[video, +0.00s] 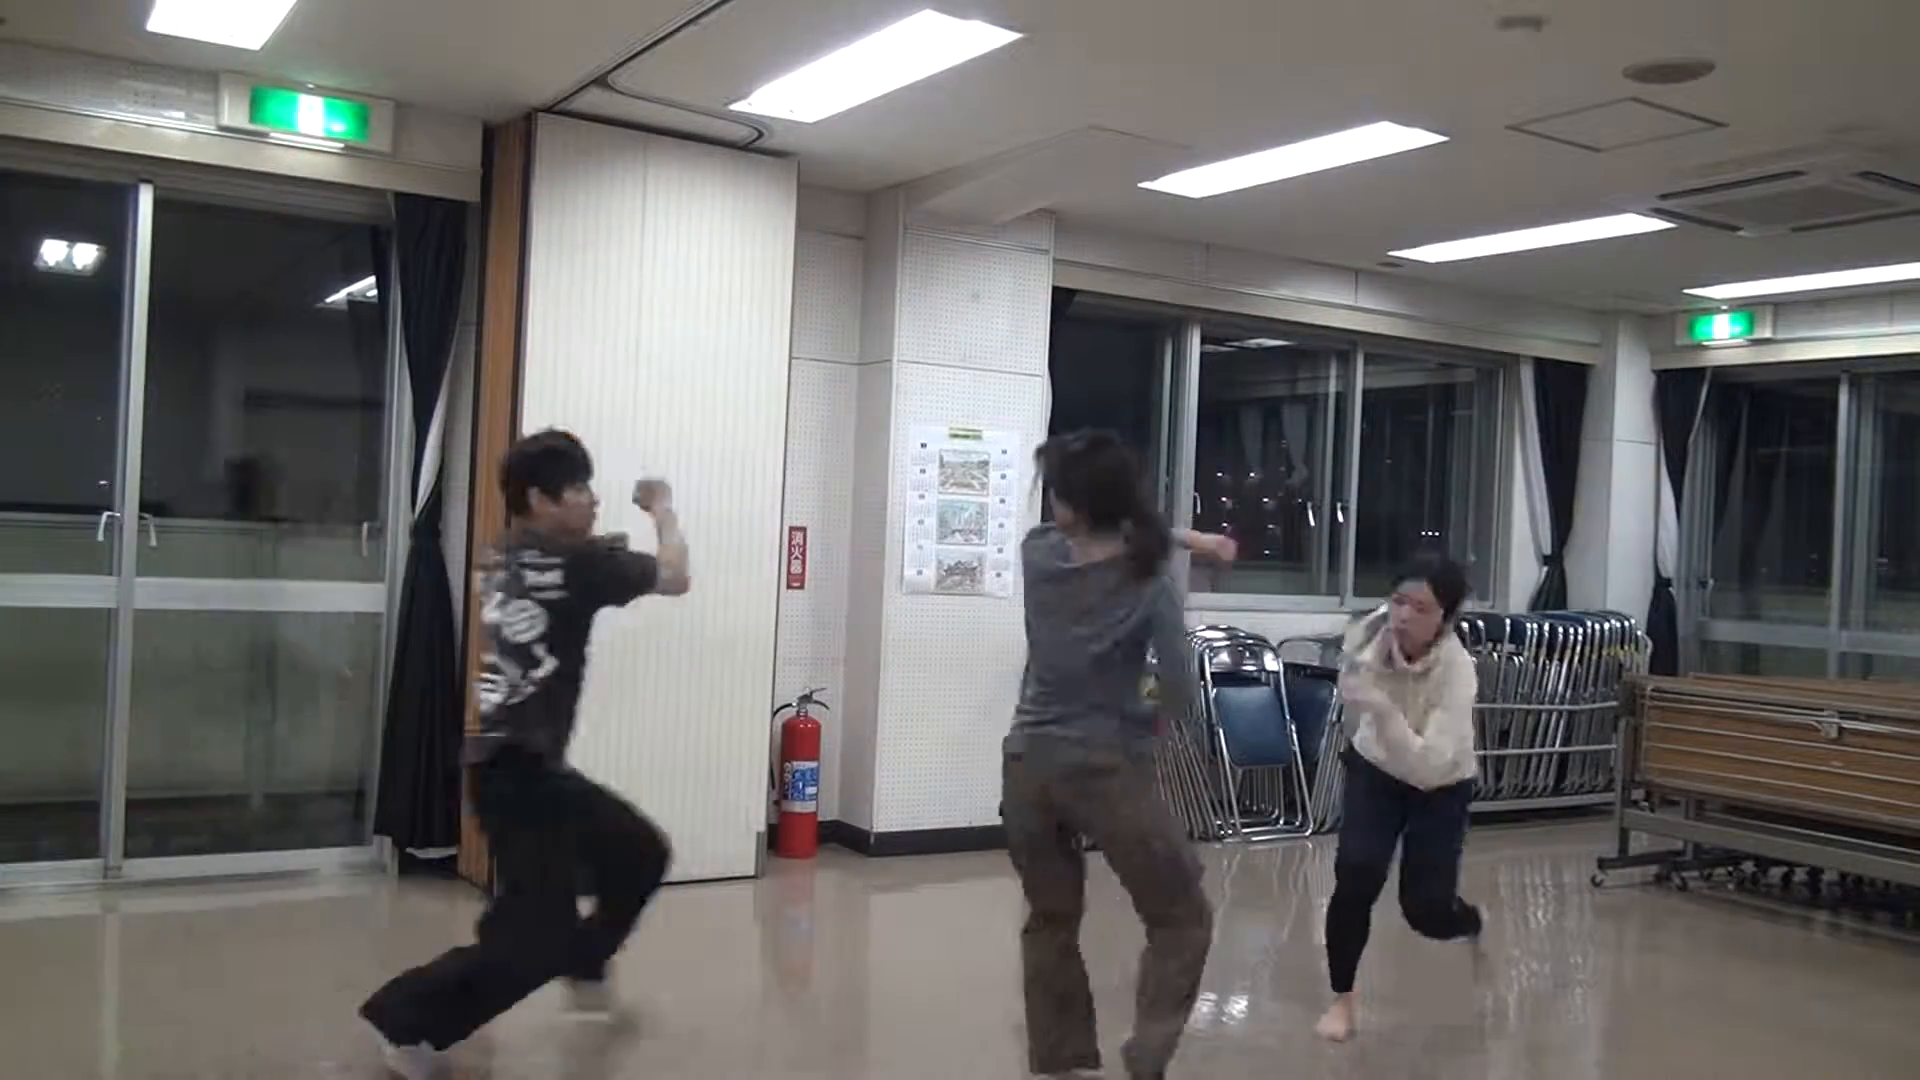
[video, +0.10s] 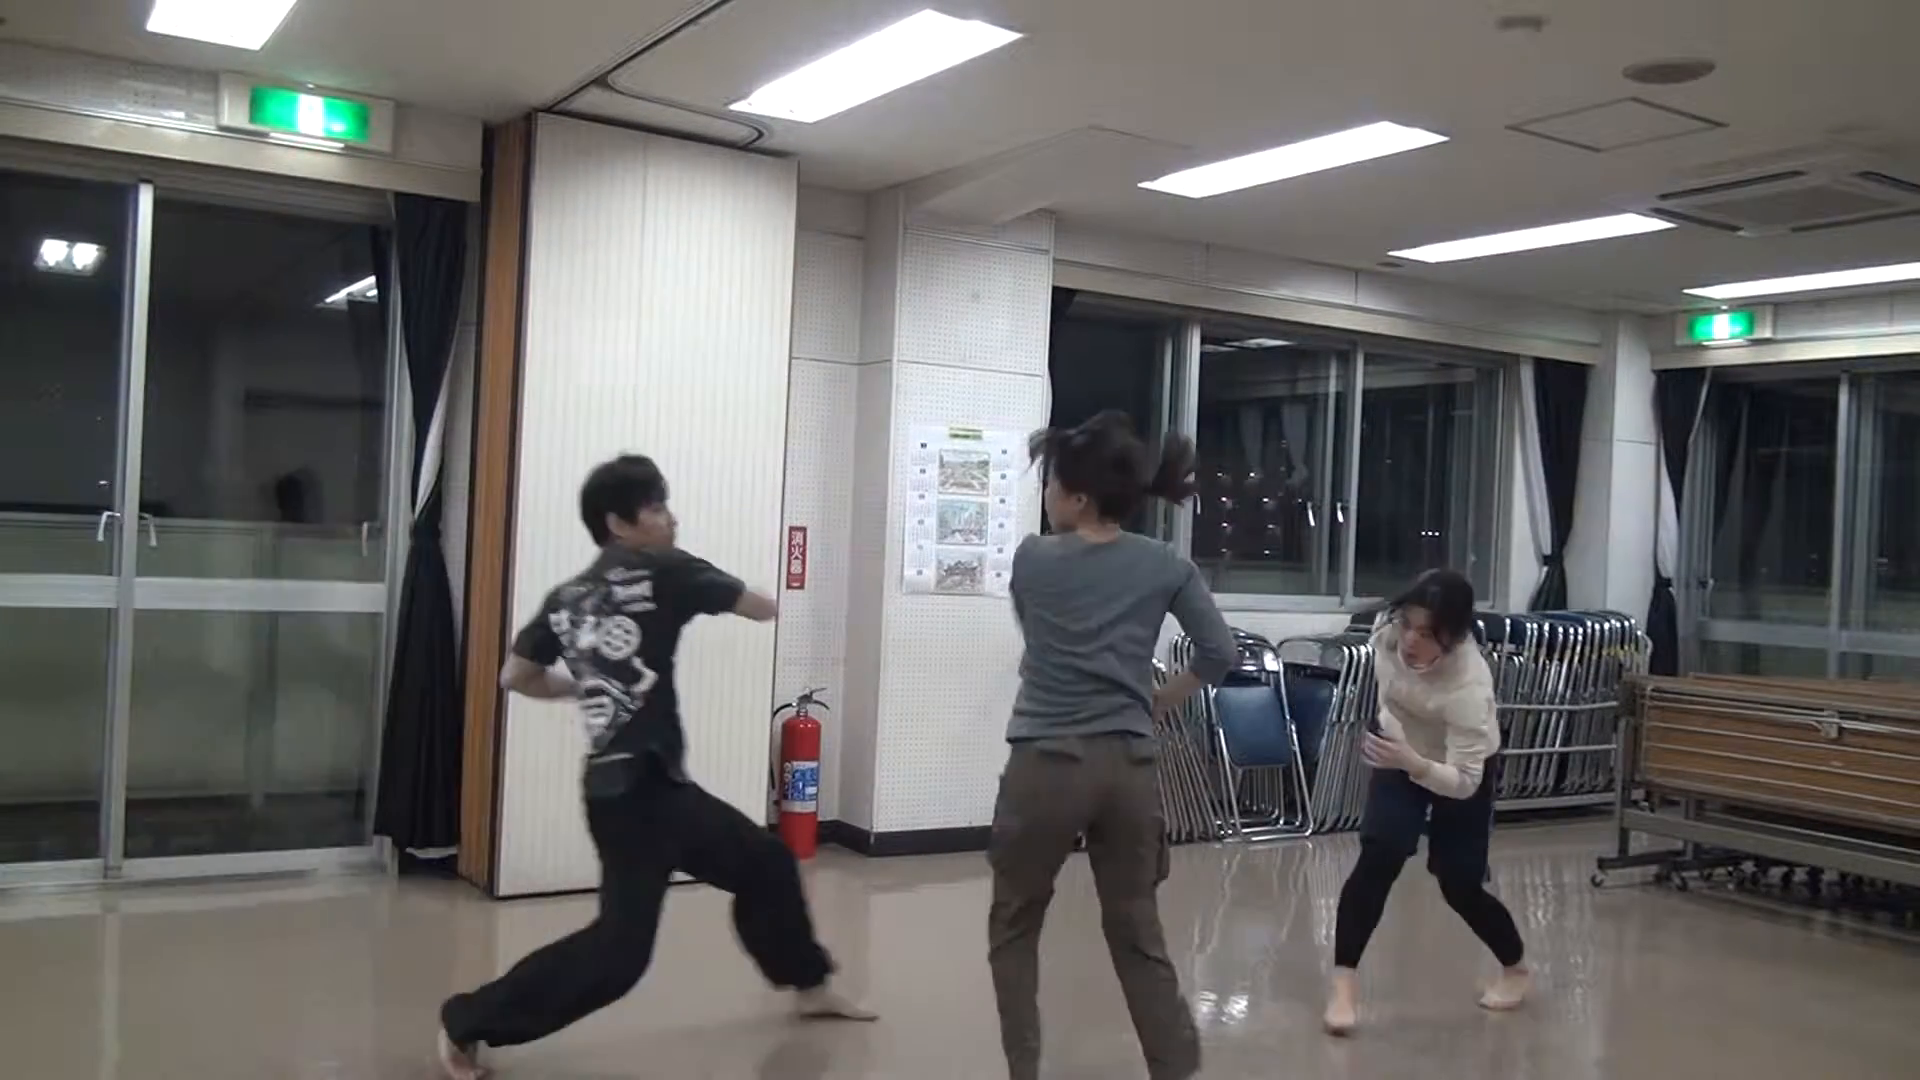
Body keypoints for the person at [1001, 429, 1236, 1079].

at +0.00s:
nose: (1047, 501)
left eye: (1053, 492)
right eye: (1049, 491)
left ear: (1069, 502)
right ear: (1126, 500)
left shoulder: (1035, 552)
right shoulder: (1156, 576)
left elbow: (1107, 537)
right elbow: (1178, 681)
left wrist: (1185, 538)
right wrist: (1156, 713)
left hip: (1028, 764)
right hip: (1105, 767)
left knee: (1050, 918)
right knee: (1179, 916)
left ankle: (1061, 1066)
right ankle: (1146, 1062)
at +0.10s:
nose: (1045, 494)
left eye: (1053, 484)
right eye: (1049, 482)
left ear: (1080, 496)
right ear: (1121, 496)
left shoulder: (1033, 557)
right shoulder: (1165, 563)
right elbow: (1219, 653)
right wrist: (1175, 690)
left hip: (1044, 767)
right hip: (1130, 768)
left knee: (1014, 924)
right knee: (1138, 932)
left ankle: (1023, 1069)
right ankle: (1177, 1068)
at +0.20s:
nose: (1020, 518)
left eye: (1027, 506)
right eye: (1021, 505)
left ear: (1062, 511)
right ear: (1087, 510)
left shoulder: (1031, 578)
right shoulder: (1149, 569)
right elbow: (1199, 651)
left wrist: (957, 672)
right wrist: (1156, 696)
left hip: (1064, 797)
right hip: (1138, 793)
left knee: (971, 940)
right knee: (1129, 934)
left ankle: (988, 1073)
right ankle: (1155, 1071)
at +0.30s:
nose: (979, 567)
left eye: (987, 556)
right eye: (982, 554)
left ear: (1025, 567)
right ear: (1046, 562)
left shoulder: (1023, 618)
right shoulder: (1096, 590)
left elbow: (950, 620)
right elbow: (1142, 650)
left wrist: (901, 684)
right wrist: (1085, 675)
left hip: (1076, 822)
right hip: (1127, 809)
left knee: (976, 959)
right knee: (1090, 907)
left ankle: (957, 1070)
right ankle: (1161, 1022)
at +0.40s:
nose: (969, 678)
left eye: (968, 665)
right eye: (965, 667)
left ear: (991, 650)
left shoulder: (1070, 682)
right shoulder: (1028, 676)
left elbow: (1029, 717)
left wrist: (963, 739)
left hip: (1087, 859)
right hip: (1059, 852)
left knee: (977, 970)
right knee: (1064, 944)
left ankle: (969, 1074)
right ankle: (1155, 1029)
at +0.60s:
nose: (977, 643)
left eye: (984, 629)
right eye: (974, 631)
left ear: (1030, 623)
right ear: (1034, 622)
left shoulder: (1077, 685)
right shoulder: (1051, 672)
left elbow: (1093, 793)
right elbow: (1040, 758)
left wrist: (1017, 766)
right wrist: (995, 801)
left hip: (1101, 858)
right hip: (1097, 848)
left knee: (973, 974)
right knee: (1079, 932)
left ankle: (974, 1071)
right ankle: (1145, 1041)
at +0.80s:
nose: (1000, 616)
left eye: (1008, 603)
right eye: (1002, 604)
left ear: (1047, 603)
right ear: (1055, 606)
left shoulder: (1014, 662)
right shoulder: (1126, 664)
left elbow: (1027, 764)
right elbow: (1163, 766)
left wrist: (1087, 777)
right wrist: (1111, 784)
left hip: (1086, 852)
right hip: (1151, 843)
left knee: (974, 976)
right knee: (1115, 919)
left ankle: (961, 1071)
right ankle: (1156, 1039)